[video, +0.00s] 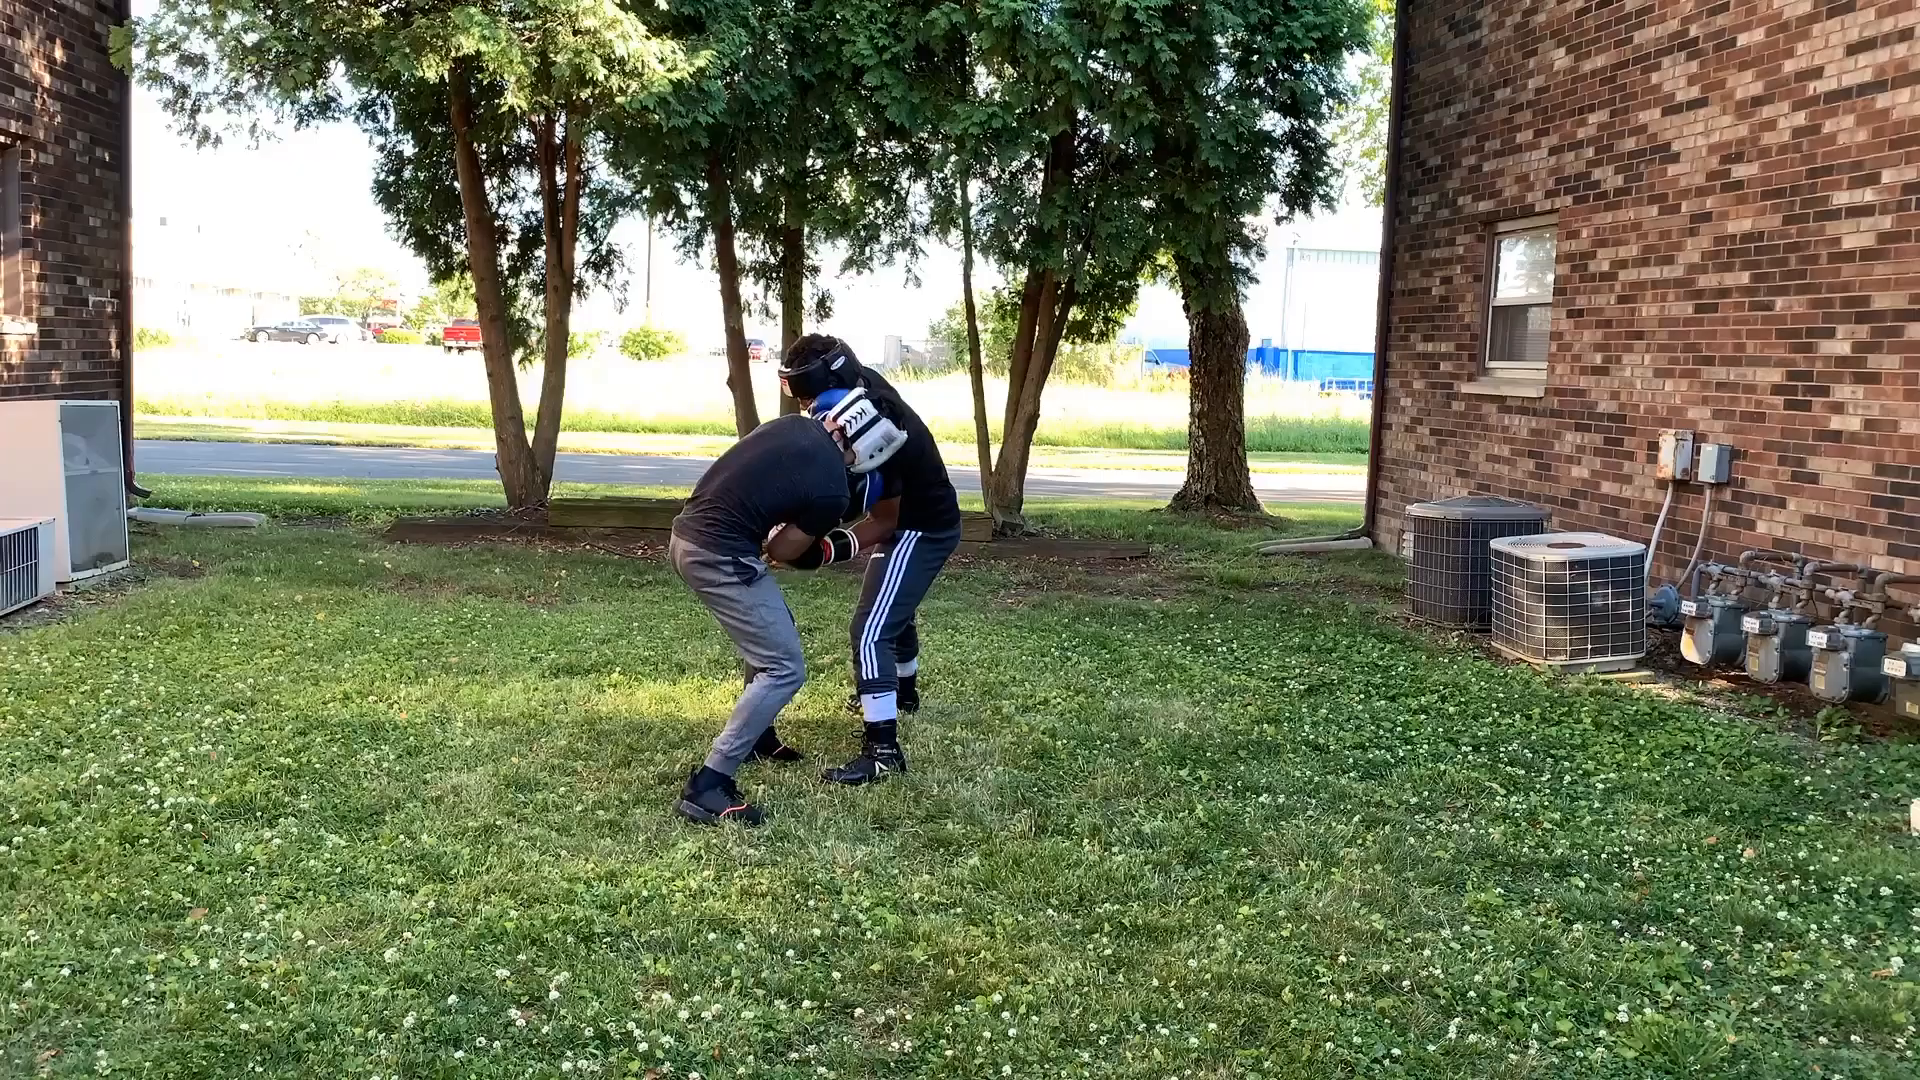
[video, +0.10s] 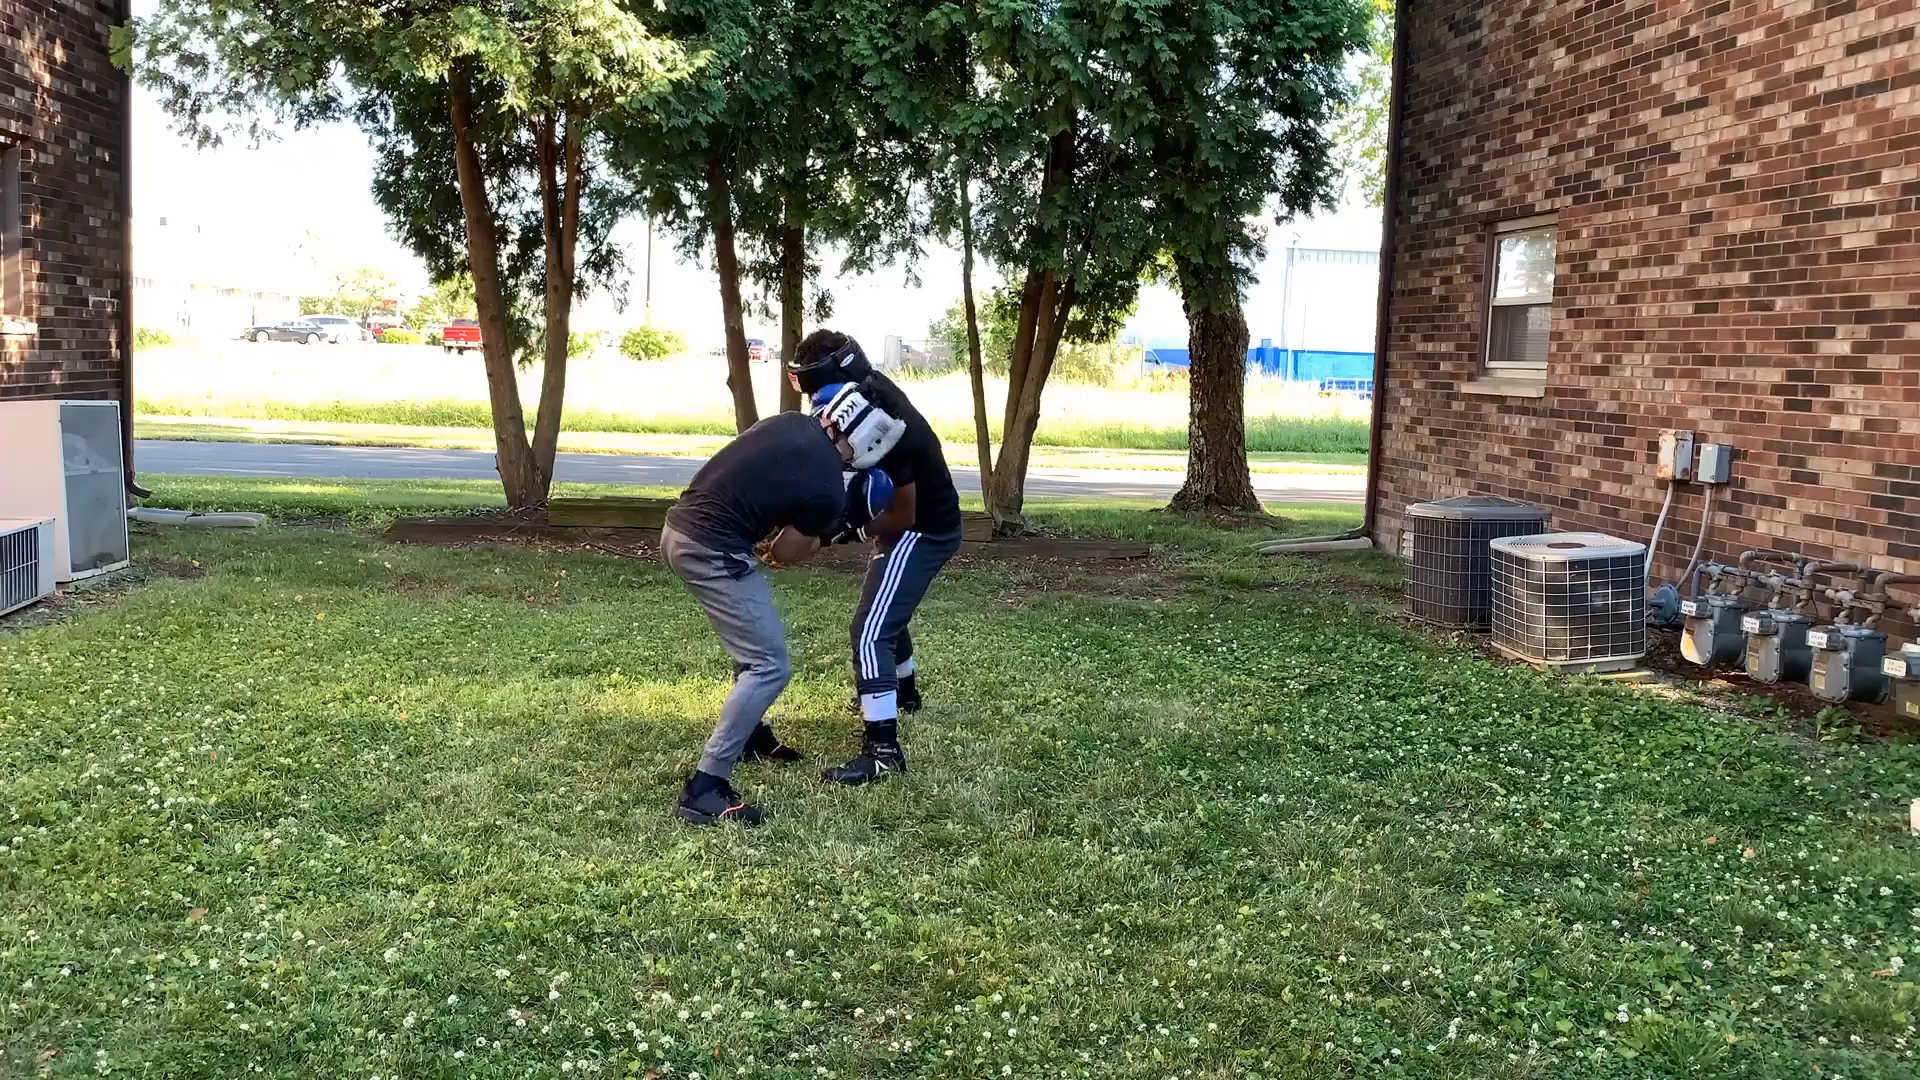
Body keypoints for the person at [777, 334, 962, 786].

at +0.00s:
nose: (797, 399)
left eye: (800, 390)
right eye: (795, 390)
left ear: (821, 386)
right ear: (837, 373)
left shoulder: (865, 424)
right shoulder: (859, 388)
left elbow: (886, 521)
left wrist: (830, 549)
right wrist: (803, 529)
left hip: (920, 528)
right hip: (911, 519)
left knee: (870, 629)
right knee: (894, 610)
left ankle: (883, 750)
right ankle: (903, 691)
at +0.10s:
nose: (814, 401)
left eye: (817, 390)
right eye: (812, 391)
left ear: (839, 380)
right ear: (849, 369)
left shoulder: (878, 417)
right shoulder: (865, 396)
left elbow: (903, 515)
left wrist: (865, 530)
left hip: (922, 532)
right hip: (910, 522)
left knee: (870, 631)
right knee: (886, 612)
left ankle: (883, 749)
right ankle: (902, 691)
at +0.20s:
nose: (804, 390)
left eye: (811, 381)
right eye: (802, 380)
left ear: (840, 378)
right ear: (846, 373)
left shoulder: (881, 413)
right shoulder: (861, 400)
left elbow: (909, 505)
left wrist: (858, 511)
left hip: (929, 535)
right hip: (910, 528)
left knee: (866, 630)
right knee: (883, 612)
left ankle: (882, 750)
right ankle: (903, 692)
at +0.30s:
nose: (795, 386)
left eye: (802, 378)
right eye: (795, 377)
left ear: (832, 377)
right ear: (839, 373)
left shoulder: (876, 411)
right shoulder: (853, 408)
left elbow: (913, 495)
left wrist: (857, 503)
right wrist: (838, 489)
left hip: (934, 529)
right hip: (907, 525)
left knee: (874, 628)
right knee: (889, 615)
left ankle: (882, 750)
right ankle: (904, 693)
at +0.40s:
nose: (813, 418)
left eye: (817, 406)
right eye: (809, 406)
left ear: (844, 390)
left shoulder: (904, 414)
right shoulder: (851, 423)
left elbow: (936, 492)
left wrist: (877, 486)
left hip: (941, 529)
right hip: (904, 526)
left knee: (885, 625)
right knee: (895, 613)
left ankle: (883, 749)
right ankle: (905, 691)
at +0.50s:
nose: (811, 389)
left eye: (817, 377)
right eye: (807, 379)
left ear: (846, 371)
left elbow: (950, 480)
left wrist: (893, 481)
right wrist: (852, 476)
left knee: (898, 624)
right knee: (891, 616)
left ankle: (885, 749)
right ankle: (900, 694)